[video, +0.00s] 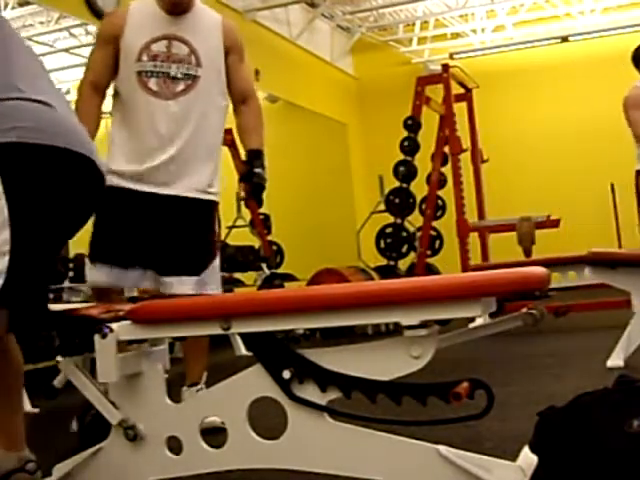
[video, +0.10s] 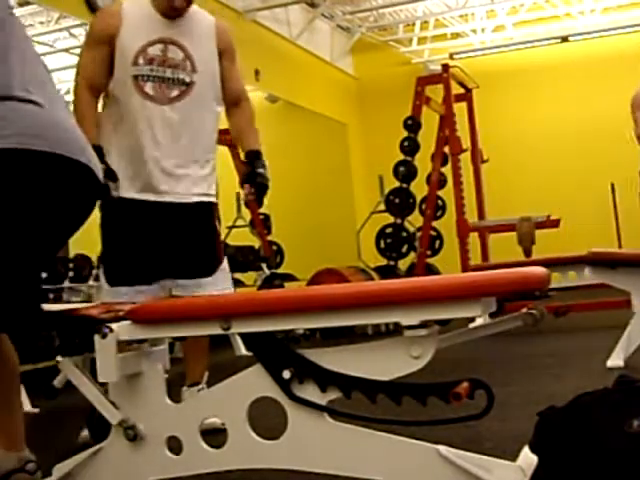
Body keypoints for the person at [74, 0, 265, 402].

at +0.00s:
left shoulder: (223, 32)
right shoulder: (120, 24)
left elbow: (246, 100)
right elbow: (92, 89)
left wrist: (256, 161)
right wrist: (76, 158)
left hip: (192, 189)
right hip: (126, 183)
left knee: (195, 304)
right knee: (109, 294)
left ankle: (195, 395)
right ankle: (117, 391)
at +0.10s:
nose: (180, 2)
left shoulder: (216, 33)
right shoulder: (113, 20)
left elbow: (237, 102)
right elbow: (87, 90)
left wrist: (254, 158)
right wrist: (92, 151)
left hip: (194, 190)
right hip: (129, 190)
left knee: (200, 306)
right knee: (133, 309)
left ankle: (197, 397)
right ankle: (138, 404)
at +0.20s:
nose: (183, 7)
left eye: (190, 2)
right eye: (176, 0)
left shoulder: (210, 33)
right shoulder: (111, 22)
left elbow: (230, 102)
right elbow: (85, 94)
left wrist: (248, 159)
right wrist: (102, 163)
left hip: (194, 190)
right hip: (128, 191)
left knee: (207, 307)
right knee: (132, 314)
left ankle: (202, 399)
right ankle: (137, 411)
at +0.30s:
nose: (195, 22)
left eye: (203, 15)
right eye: (191, 11)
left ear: (210, 11)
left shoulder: (212, 40)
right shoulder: (115, 29)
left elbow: (226, 108)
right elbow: (93, 108)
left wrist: (242, 166)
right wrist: (116, 185)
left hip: (195, 189)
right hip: (130, 194)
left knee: (223, 286)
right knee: (132, 308)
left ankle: (232, 388)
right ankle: (138, 401)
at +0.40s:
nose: (204, 33)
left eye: (215, 26)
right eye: (200, 21)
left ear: (225, 20)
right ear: (182, 2)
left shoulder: (222, 48)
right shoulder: (126, 34)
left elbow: (230, 114)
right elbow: (106, 116)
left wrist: (239, 169)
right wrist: (122, 197)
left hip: (195, 197)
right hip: (131, 198)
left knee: (224, 306)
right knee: (128, 318)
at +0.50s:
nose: (227, 61)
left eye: (236, 54)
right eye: (224, 49)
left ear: (248, 47)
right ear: (207, 23)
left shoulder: (245, 72)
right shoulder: (151, 54)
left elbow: (247, 135)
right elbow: (128, 138)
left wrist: (241, 196)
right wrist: (133, 222)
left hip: (205, 203)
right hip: (145, 203)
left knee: (229, 312)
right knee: (137, 323)